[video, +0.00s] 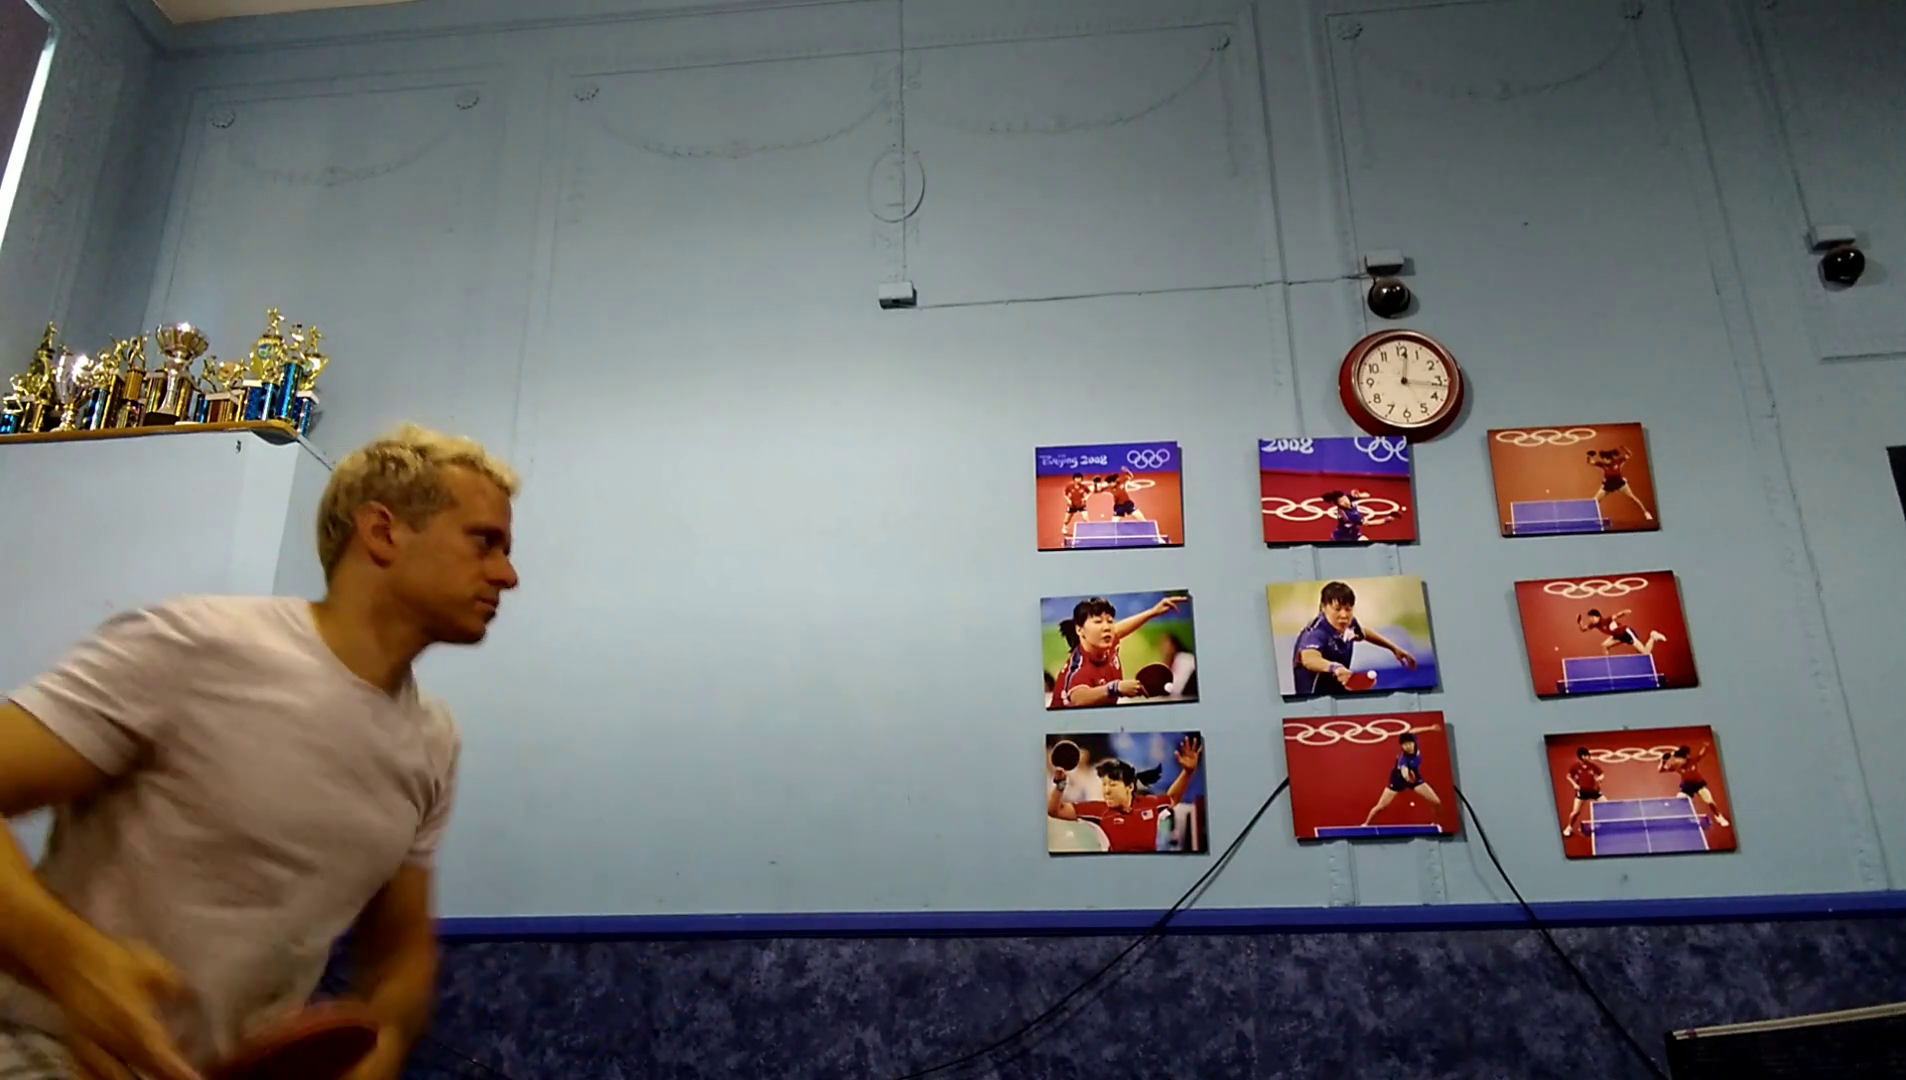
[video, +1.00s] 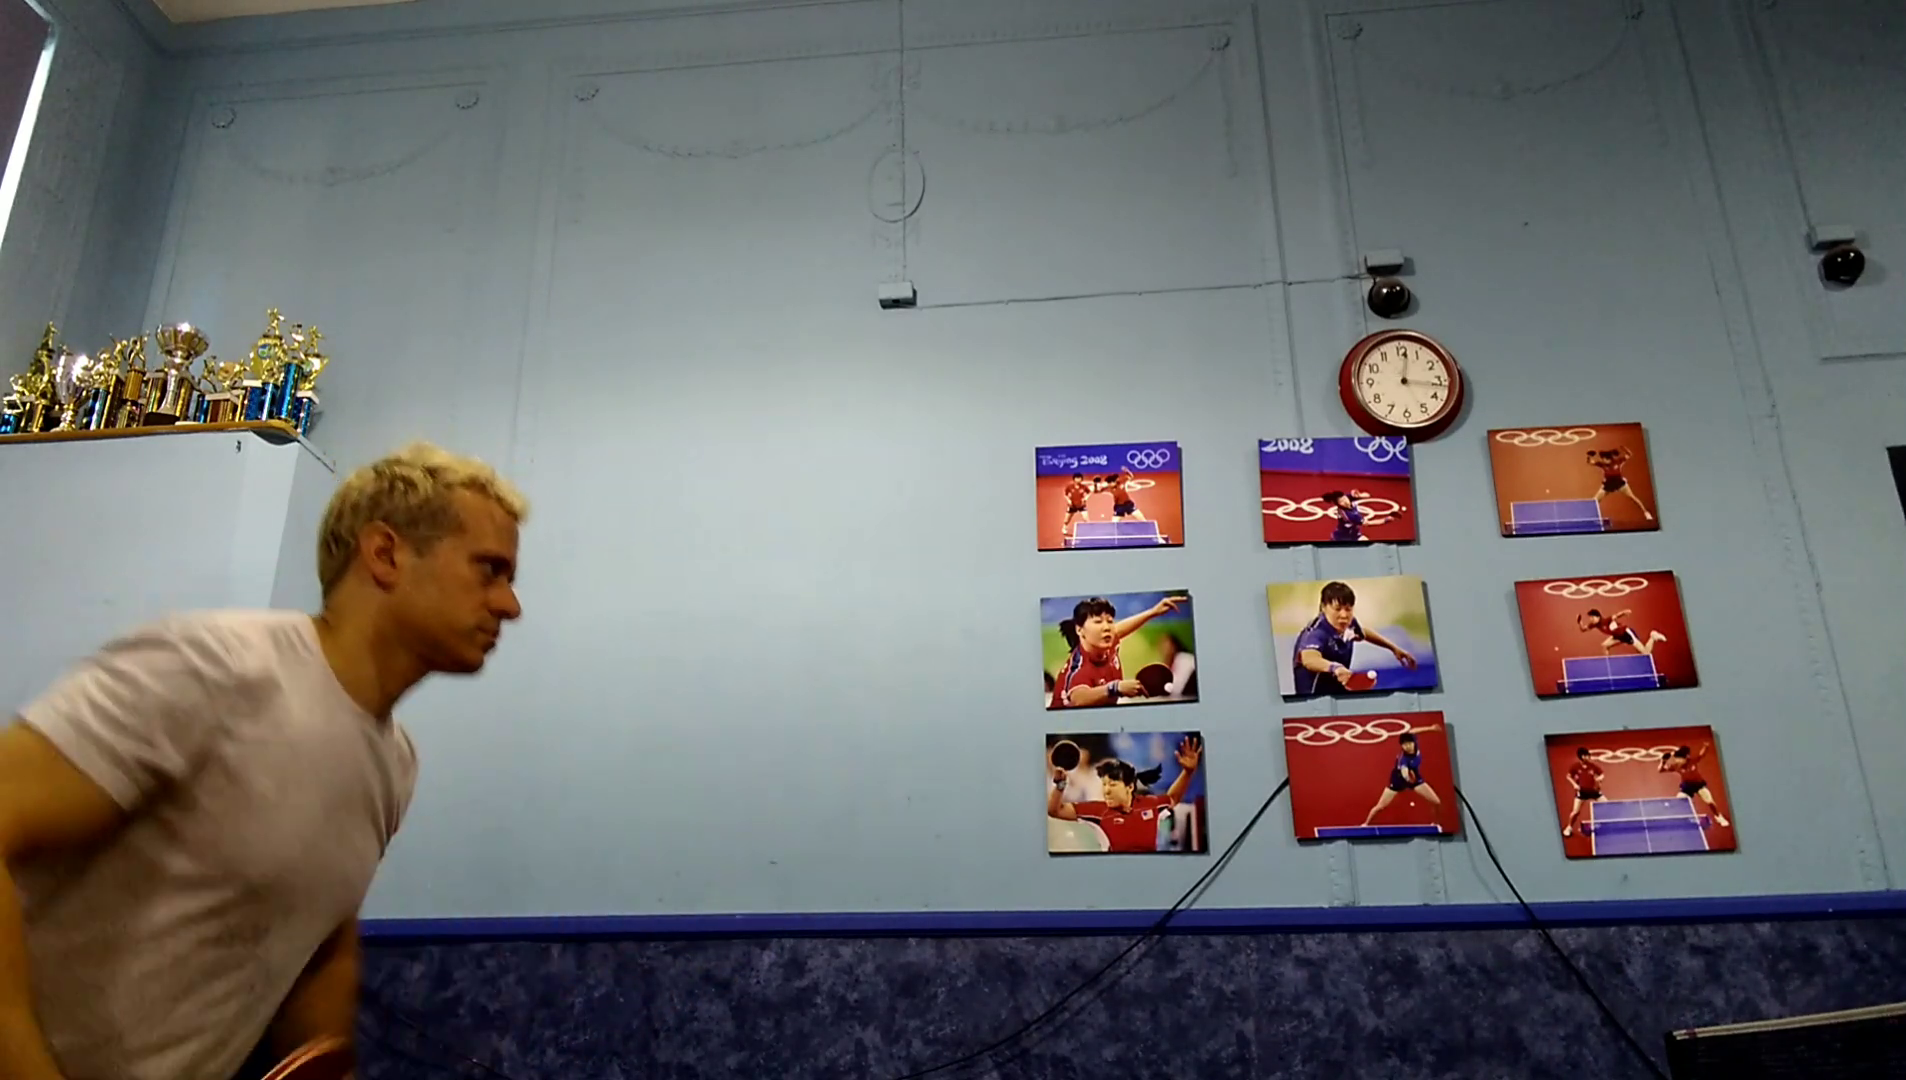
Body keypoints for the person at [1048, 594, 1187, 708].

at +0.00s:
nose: (1107, 628)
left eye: (1109, 622)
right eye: (1098, 622)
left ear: (1114, 626)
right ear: (1080, 630)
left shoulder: (1109, 645)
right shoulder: (1079, 666)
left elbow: (1118, 630)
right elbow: (1078, 698)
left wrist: (1153, 611)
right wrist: (1115, 687)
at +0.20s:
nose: (1107, 628)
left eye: (1110, 622)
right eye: (1098, 622)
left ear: (1114, 626)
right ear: (1080, 630)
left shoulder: (1109, 645)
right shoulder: (1079, 667)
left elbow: (1118, 630)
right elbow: (1078, 698)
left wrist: (1154, 612)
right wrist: (1115, 687)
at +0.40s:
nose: (1107, 628)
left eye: (1109, 622)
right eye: (1098, 622)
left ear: (1114, 626)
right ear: (1080, 630)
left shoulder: (1109, 645)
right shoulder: (1079, 667)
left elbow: (1118, 630)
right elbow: (1078, 698)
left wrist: (1154, 611)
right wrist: (1115, 687)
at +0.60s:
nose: (1106, 628)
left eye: (1109, 621)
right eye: (1098, 622)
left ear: (1114, 626)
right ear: (1080, 630)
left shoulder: (1109, 645)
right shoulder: (1079, 666)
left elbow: (1118, 631)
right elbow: (1078, 698)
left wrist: (1154, 612)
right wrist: (1115, 687)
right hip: (1069, 730)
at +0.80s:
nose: (1107, 628)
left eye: (1109, 622)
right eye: (1098, 622)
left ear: (1114, 626)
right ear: (1080, 630)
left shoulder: (1109, 645)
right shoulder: (1079, 667)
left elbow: (1118, 630)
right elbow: (1078, 698)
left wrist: (1154, 611)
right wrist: (1115, 687)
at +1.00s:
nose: (1107, 628)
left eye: (1110, 622)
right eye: (1098, 622)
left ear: (1114, 626)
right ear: (1080, 630)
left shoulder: (1109, 645)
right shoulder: (1079, 667)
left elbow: (1118, 630)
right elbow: (1078, 698)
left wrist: (1154, 612)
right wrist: (1115, 687)